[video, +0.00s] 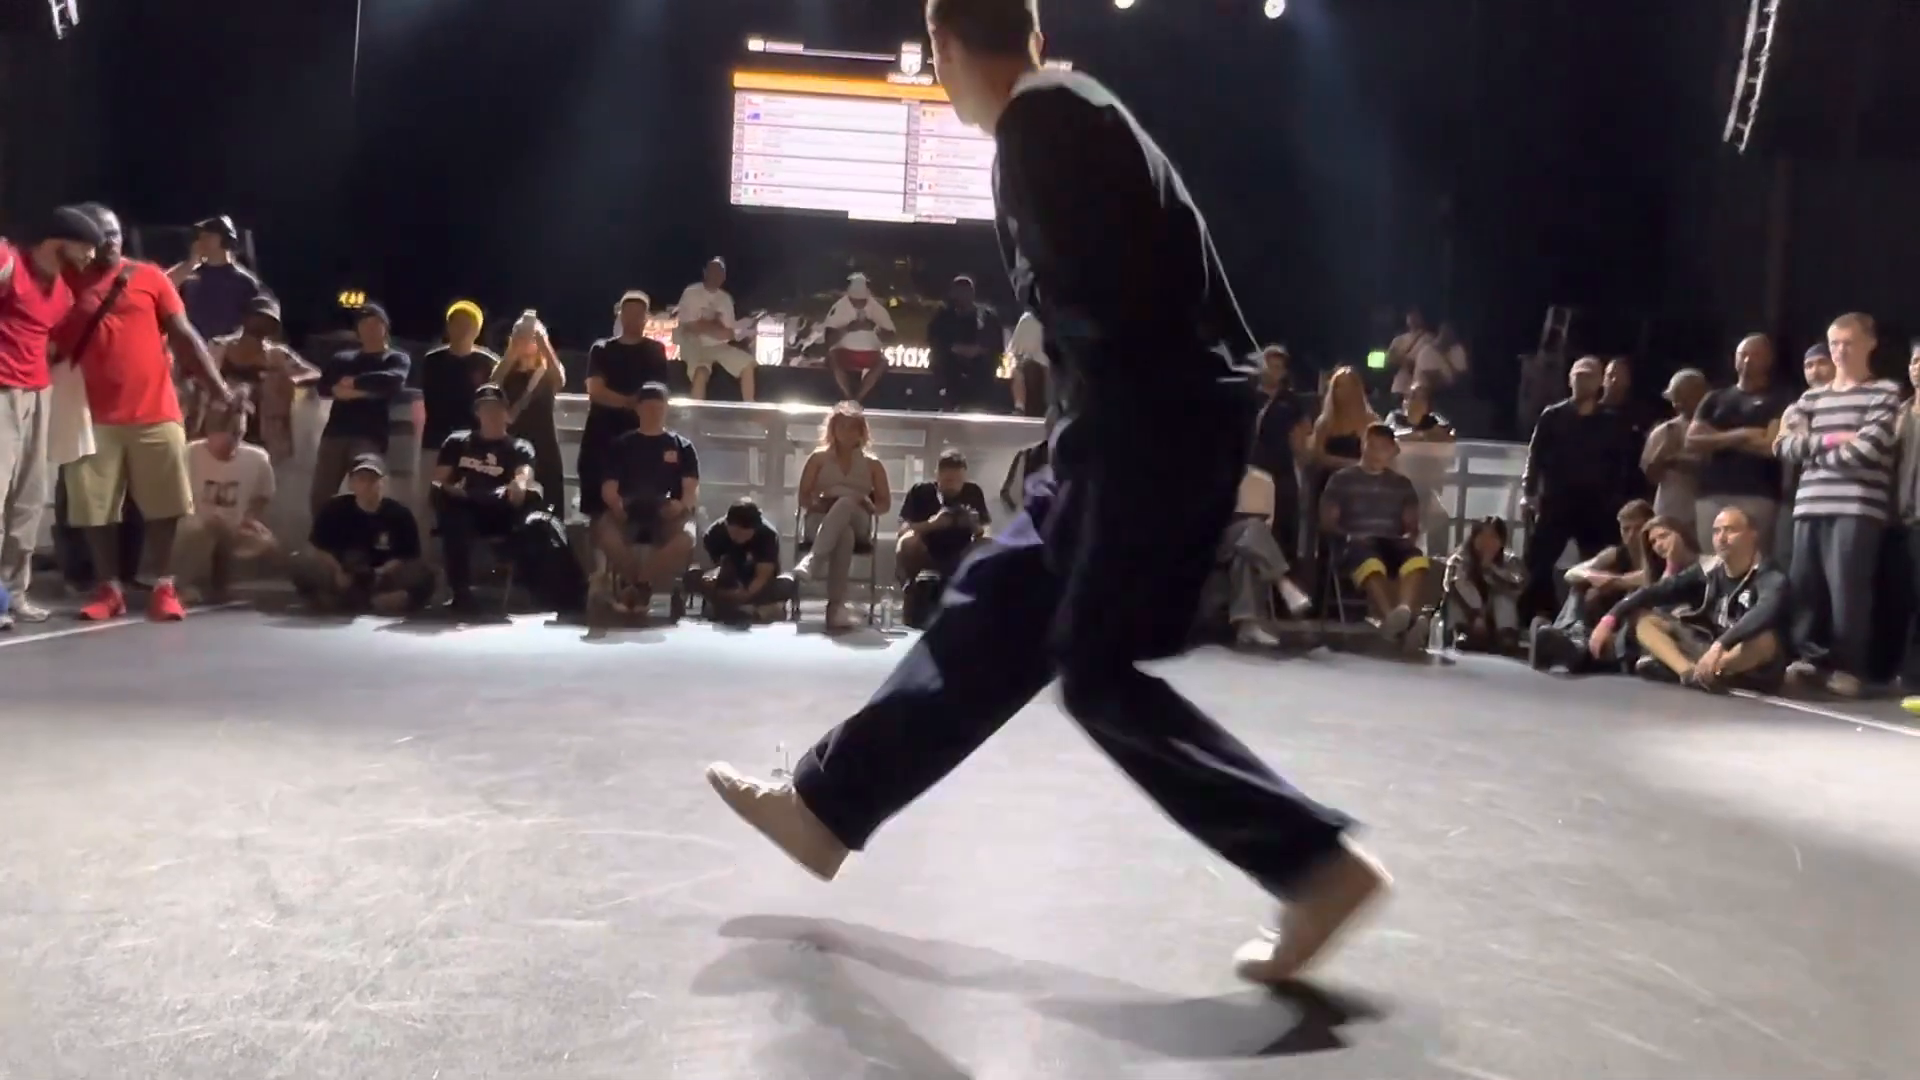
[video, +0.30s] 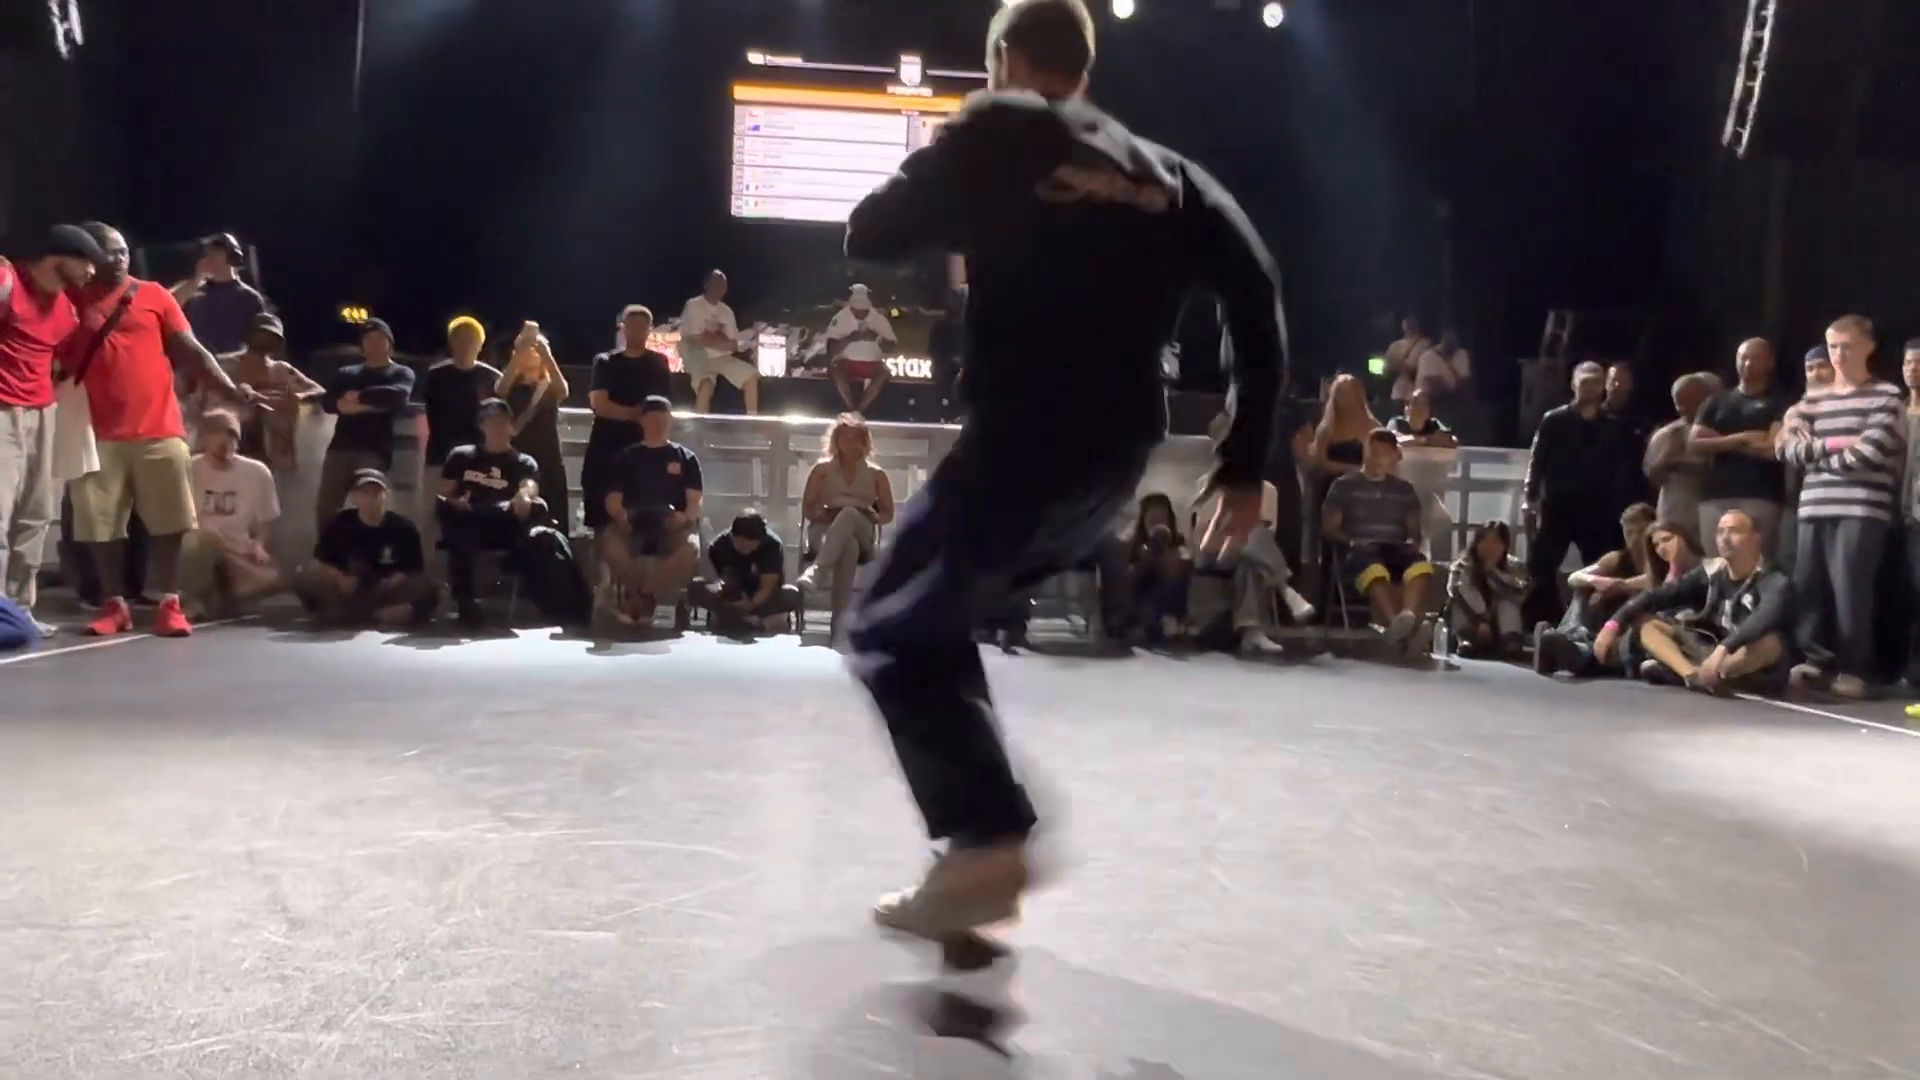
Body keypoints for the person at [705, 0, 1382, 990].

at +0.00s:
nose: (934, 75)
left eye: (934, 54)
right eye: (934, 56)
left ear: (959, 49)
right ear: (1021, 37)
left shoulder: (1042, 117)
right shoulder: (1068, 115)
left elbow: (1094, 296)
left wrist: (1028, 330)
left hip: (1160, 429)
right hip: (1122, 430)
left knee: (1097, 674)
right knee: (994, 612)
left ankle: (1317, 867)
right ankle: (829, 809)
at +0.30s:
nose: (995, 80)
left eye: (995, 65)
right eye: (1002, 68)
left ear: (1003, 61)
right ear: (1089, 69)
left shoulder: (996, 131)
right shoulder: (1171, 172)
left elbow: (871, 229)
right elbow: (1260, 298)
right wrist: (1249, 458)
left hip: (1018, 444)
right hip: (1114, 460)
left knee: (887, 626)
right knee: (935, 621)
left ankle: (985, 835)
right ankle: (979, 872)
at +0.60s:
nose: (1018, 82)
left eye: (1019, 69)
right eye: (1029, 72)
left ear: (1028, 70)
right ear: (1110, 84)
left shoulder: (963, 145)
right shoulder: (1139, 164)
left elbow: (841, 206)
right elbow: (1153, 303)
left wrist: (738, 299)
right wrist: (1113, 360)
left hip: (970, 404)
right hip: (1074, 416)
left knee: (1022, 626)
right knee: (994, 633)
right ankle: (843, 808)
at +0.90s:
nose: (1176, 65)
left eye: (1179, 47)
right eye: (1164, 43)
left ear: (1124, 49)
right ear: (1102, 40)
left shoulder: (1107, 172)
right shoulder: (1049, 109)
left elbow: (1096, 304)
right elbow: (990, 146)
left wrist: (1104, 353)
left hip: (1030, 394)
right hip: (957, 386)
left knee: (1057, 629)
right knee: (909, 615)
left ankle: (1094, 873)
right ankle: (841, 813)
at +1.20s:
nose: (973, 37)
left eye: (972, 25)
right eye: (1038, 26)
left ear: (970, 32)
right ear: (1060, 34)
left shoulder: (973, 138)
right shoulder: (1088, 130)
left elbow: (917, 303)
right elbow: (1128, 275)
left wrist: (967, 391)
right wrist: (1070, 350)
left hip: (997, 425)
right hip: (1078, 417)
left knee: (964, 647)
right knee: (1068, 629)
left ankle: (1036, 890)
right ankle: (1091, 837)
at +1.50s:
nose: (925, 94)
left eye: (925, 79)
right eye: (932, 78)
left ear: (936, 83)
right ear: (1011, 78)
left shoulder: (958, 159)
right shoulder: (1047, 150)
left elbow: (922, 287)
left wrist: (897, 408)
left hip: (1038, 405)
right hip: (1102, 395)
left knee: (994, 636)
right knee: (1000, 599)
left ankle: (1069, 895)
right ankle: (1004, 788)